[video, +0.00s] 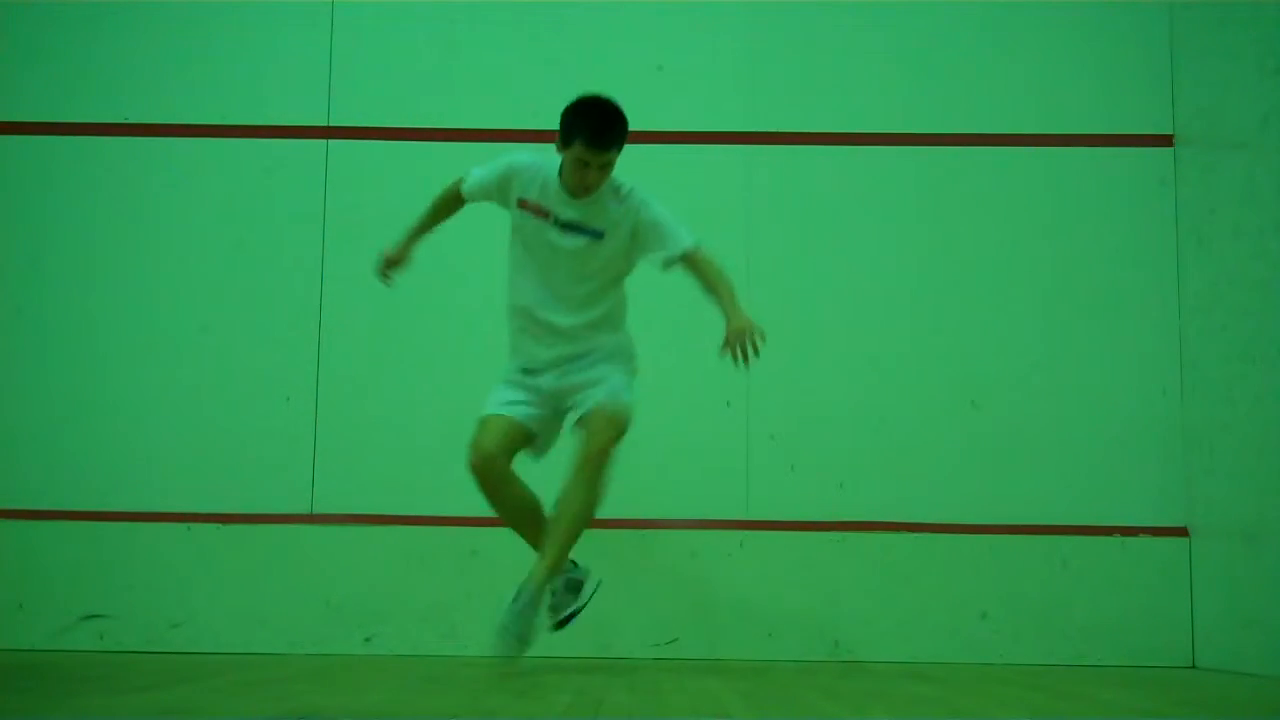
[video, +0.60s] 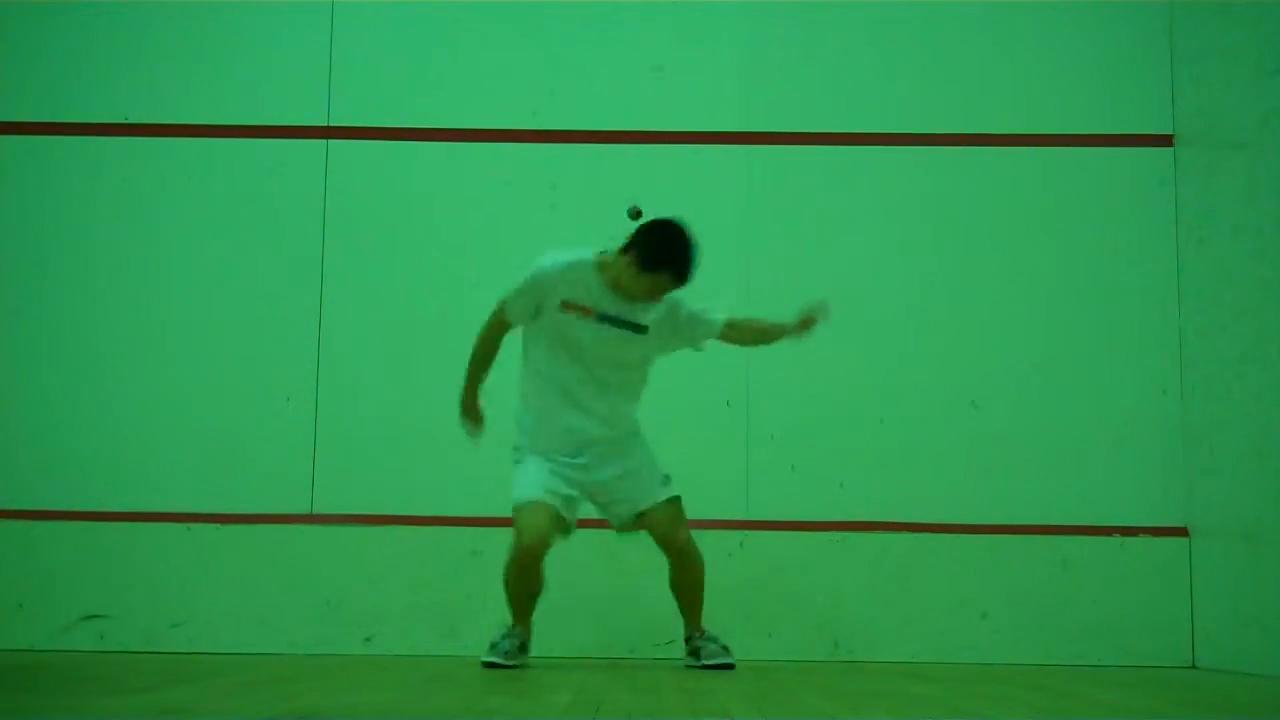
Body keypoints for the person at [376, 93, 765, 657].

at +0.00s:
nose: (590, 176)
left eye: (602, 166)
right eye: (581, 163)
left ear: (617, 159)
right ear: (561, 148)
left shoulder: (632, 209)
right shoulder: (520, 176)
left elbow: (694, 257)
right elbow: (459, 193)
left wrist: (735, 314)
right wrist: (406, 243)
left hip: (600, 364)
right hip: (531, 366)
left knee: (601, 441)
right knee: (485, 460)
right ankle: (565, 573)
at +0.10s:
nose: (594, 204)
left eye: (605, 193)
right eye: (586, 190)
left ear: (617, 189)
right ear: (562, 176)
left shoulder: (622, 250)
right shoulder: (520, 200)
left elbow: (683, 311)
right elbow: (458, 195)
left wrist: (730, 374)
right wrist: (391, 220)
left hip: (580, 395)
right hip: (516, 389)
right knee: (464, 480)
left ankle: (505, 635)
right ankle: (574, 570)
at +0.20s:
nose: (608, 218)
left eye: (619, 210)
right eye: (602, 204)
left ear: (628, 205)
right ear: (576, 184)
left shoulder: (622, 262)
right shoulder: (528, 196)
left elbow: (672, 331)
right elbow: (452, 158)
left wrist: (722, 394)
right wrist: (378, 158)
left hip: (576, 383)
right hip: (519, 379)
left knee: (535, 480)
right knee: (468, 472)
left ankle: (510, 631)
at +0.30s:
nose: (626, 205)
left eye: (636, 198)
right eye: (621, 192)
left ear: (642, 193)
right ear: (595, 168)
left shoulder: (634, 247)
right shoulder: (539, 175)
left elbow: (680, 315)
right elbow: (450, 145)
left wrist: (733, 378)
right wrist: (363, 116)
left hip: (593, 360)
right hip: (534, 358)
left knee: (567, 456)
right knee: (479, 449)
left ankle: (558, 609)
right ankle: (603, 447)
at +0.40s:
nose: (659, 219)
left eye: (665, 212)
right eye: (657, 207)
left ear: (660, 200)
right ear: (631, 183)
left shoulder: (647, 247)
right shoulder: (559, 183)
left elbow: (702, 308)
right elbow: (468, 176)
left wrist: (770, 348)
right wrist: (380, 177)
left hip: (594, 364)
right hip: (530, 360)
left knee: (609, 463)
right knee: (493, 463)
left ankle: (642, 584)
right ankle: (588, 528)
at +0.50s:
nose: (669, 267)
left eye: (677, 261)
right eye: (668, 254)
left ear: (681, 255)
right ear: (644, 225)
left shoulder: (664, 290)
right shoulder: (572, 223)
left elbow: (722, 316)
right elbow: (502, 244)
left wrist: (789, 315)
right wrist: (443, 295)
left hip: (602, 408)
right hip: (533, 400)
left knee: (654, 514)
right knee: (517, 512)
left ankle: (692, 621)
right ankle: (528, 619)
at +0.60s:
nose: (653, 298)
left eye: (662, 292)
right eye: (651, 287)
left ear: (671, 285)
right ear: (630, 259)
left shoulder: (665, 313)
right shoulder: (555, 278)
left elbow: (731, 330)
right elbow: (498, 323)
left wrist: (788, 328)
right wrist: (470, 393)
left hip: (619, 450)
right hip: (547, 448)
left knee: (681, 542)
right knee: (529, 542)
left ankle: (697, 637)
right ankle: (518, 634)